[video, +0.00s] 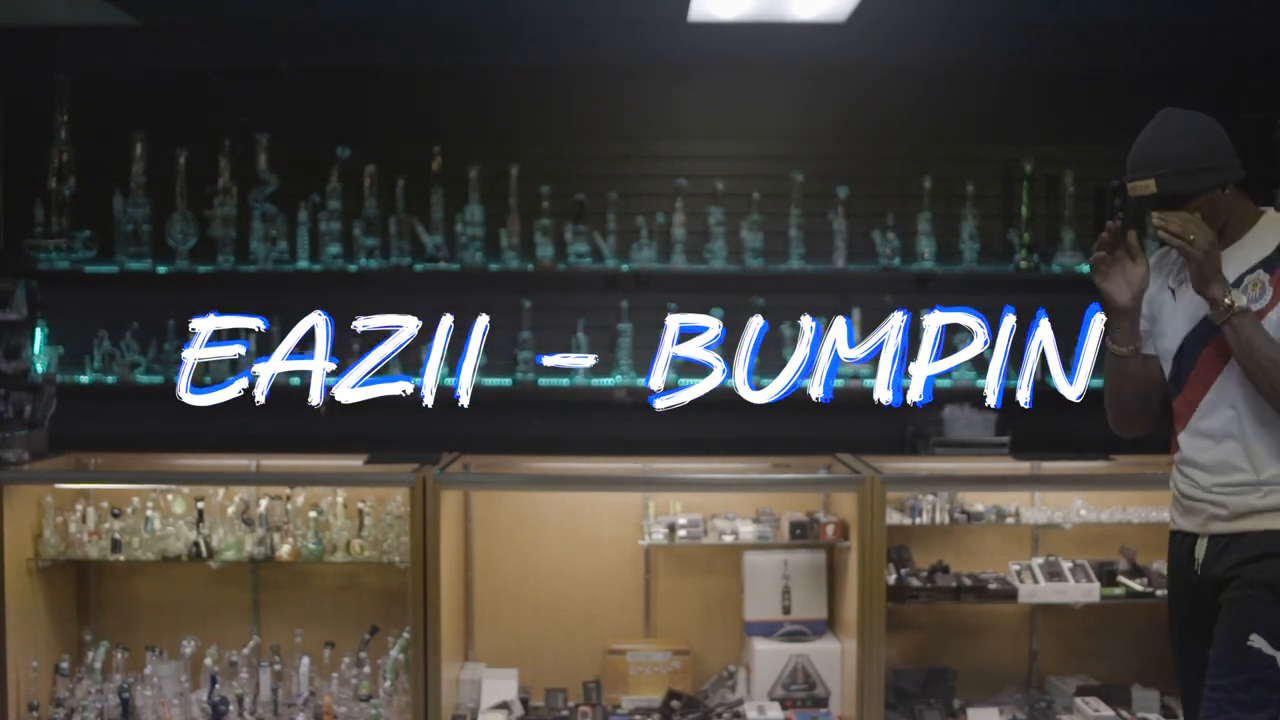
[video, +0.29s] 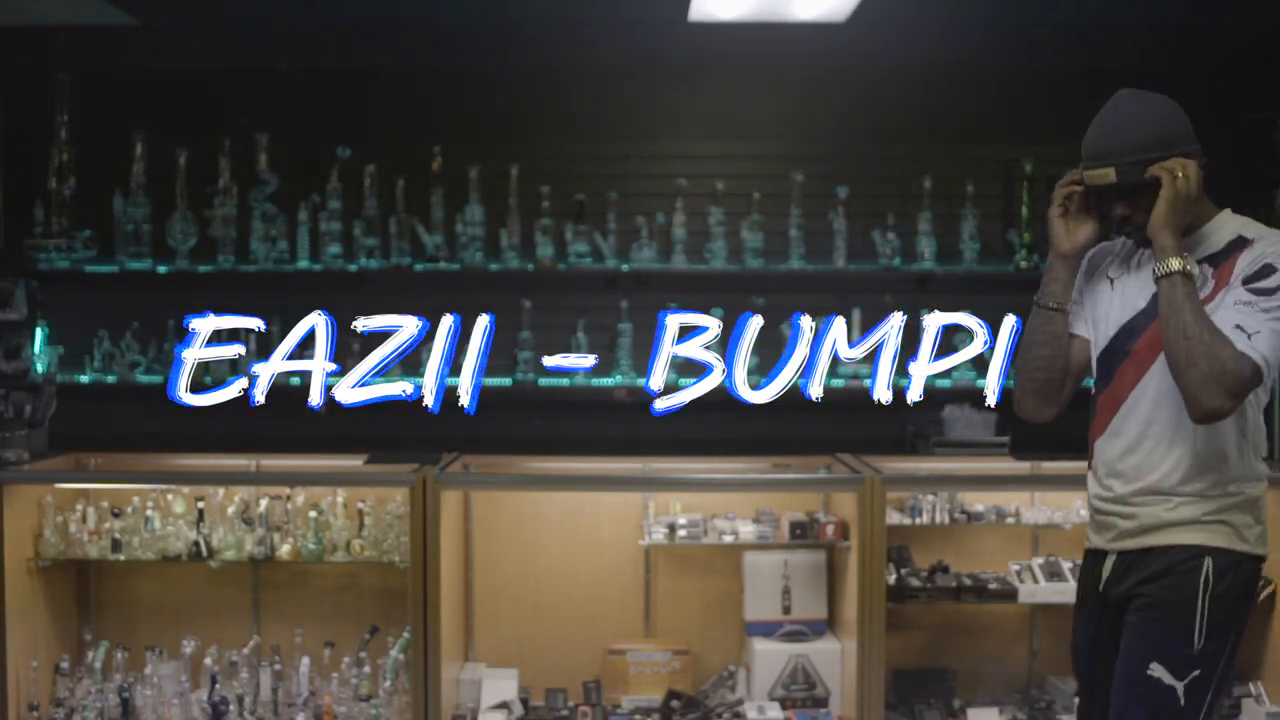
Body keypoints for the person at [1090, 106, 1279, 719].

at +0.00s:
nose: (1166, 223)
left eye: (1176, 205)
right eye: (1156, 210)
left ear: (1224, 188)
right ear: (1152, 205)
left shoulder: (1273, 250)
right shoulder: (1167, 269)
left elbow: (1274, 389)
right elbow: (1130, 421)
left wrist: (1219, 294)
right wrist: (1124, 315)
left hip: (1266, 536)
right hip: (1191, 536)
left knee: (1233, 709)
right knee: (1203, 708)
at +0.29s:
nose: (1119, 212)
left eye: (1132, 193)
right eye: (1108, 197)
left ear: (1185, 178)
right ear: (1096, 194)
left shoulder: (1263, 259)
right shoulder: (1107, 263)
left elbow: (1211, 393)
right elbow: (1037, 403)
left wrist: (1168, 245)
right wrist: (1061, 259)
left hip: (1202, 550)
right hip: (1109, 549)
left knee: (1146, 707)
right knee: (1097, 708)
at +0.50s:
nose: (1062, 190)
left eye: (1072, 170)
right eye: (1049, 176)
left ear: (1123, 157)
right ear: (1040, 184)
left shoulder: (1214, 244)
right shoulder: (1052, 253)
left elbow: (1141, 387)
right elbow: (986, 397)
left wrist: (1095, 234)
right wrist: (1002, 247)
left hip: (1148, 555)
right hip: (1041, 547)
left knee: (1119, 707)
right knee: (977, 706)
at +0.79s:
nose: (955, 199)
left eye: (964, 182)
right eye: (944, 188)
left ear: (1012, 166)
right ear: (940, 189)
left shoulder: (1112, 250)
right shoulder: (951, 261)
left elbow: (1045, 406)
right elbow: (882, 416)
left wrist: (992, 247)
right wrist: (894, 263)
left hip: (1045, 590)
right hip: (934, 576)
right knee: (888, 706)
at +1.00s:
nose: (843, 200)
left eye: (855, 181)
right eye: (832, 185)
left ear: (912, 164)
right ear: (824, 186)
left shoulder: (1005, 252)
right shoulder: (842, 261)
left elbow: (925, 391)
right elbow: (756, 403)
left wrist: (895, 223)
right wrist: (791, 244)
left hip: (932, 599)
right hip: (817, 583)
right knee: (771, 708)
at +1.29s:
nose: (726, 192)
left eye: (741, 171)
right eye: (716, 175)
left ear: (799, 150)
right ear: (708, 167)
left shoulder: (893, 229)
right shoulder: (723, 243)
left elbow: (835, 369)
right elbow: (628, 376)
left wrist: (801, 202)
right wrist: (677, 219)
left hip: (827, 566)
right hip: (722, 562)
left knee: (791, 711)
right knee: (701, 710)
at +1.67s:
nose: (633, 210)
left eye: (641, 184)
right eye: (625, 188)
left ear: (695, 166)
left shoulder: (811, 255)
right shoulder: (651, 254)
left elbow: (705, 382)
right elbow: (509, 343)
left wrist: (708, 198)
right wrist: (600, 201)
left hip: (716, 611)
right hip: (624, 597)